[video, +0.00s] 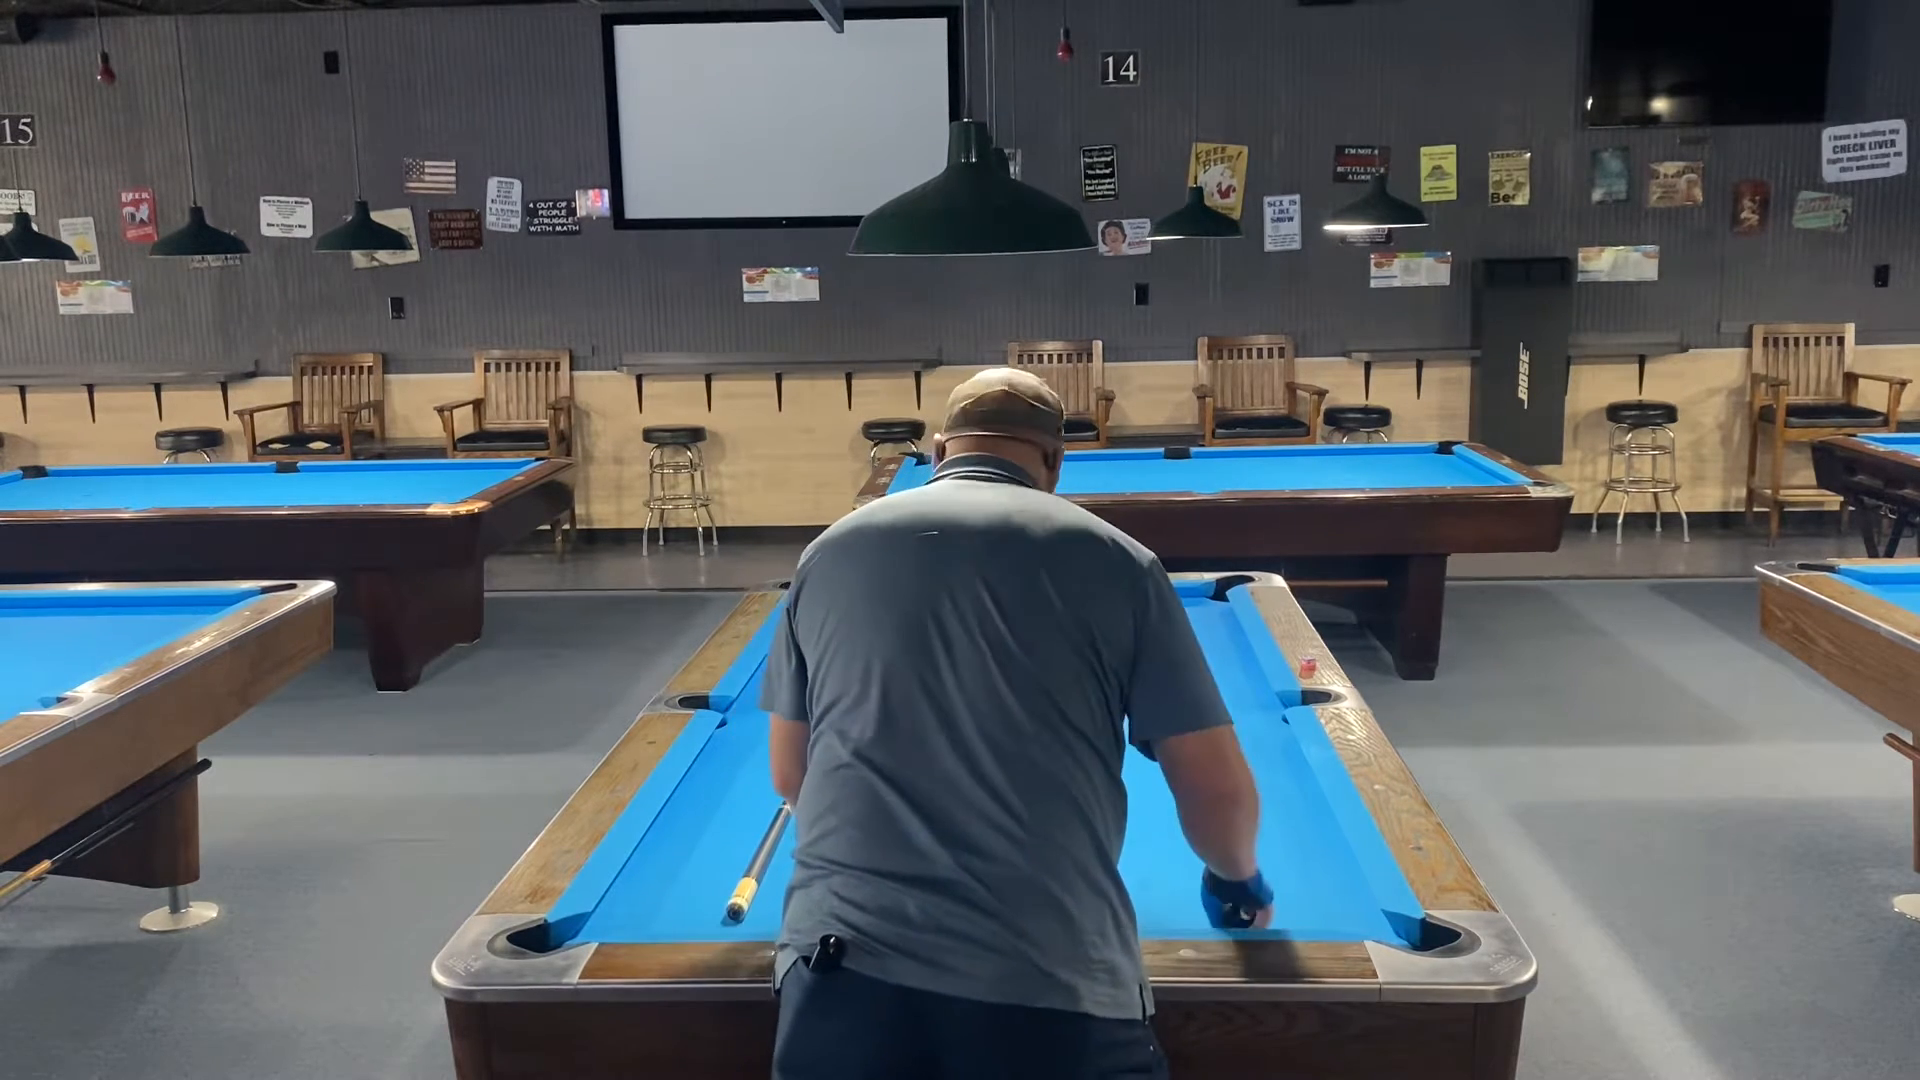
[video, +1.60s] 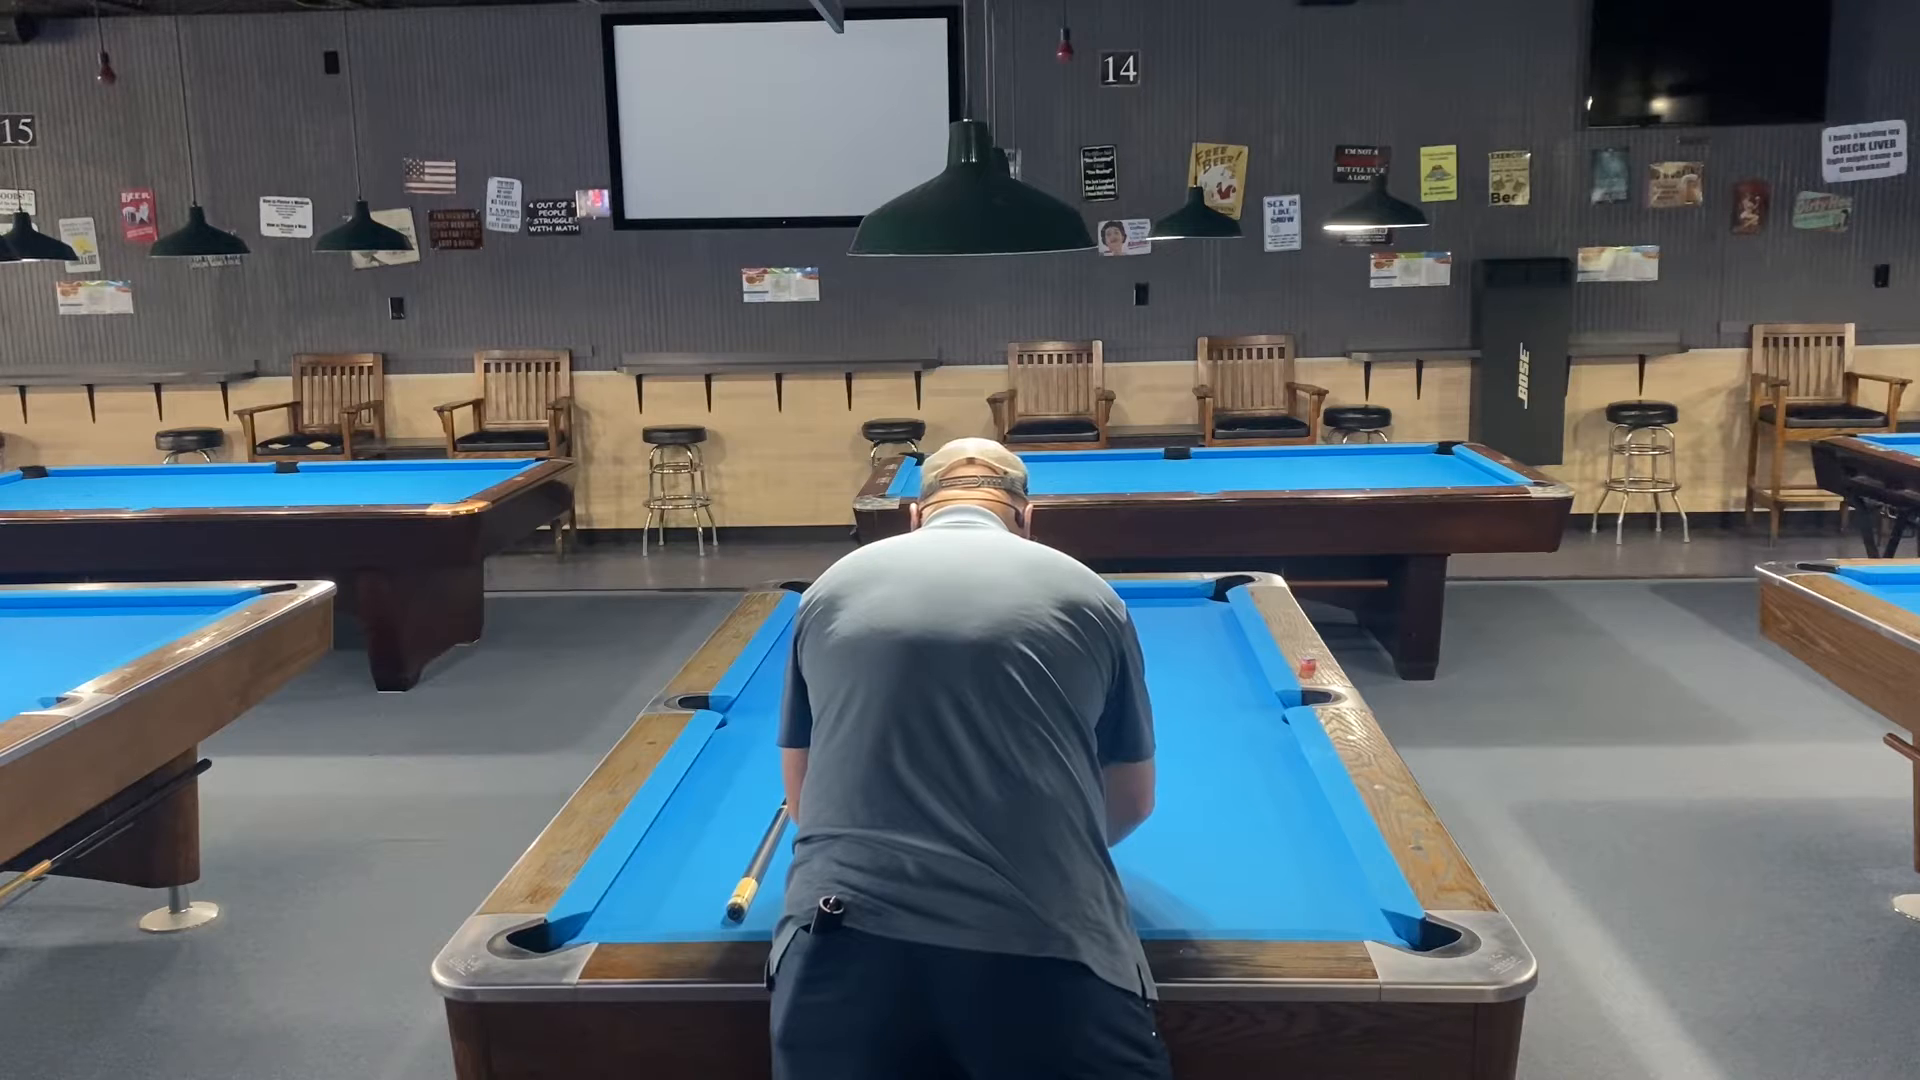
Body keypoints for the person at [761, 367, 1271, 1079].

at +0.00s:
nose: (1052, 477)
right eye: (1054, 464)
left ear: (938, 453)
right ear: (1052, 458)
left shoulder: (833, 549)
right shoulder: (1117, 562)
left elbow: (792, 772)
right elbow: (1214, 782)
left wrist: (880, 831)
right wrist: (1235, 881)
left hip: (848, 986)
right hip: (1056, 1005)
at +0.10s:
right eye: (1052, 468)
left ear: (939, 458)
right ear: (1051, 463)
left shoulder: (837, 550)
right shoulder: (1120, 566)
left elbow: (783, 772)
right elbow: (1211, 789)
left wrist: (870, 835)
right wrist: (1234, 863)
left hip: (851, 982)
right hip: (1060, 1000)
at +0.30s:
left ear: (935, 469)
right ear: (1045, 478)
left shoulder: (836, 557)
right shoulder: (1117, 573)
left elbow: (777, 772)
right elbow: (1192, 798)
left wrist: (861, 819)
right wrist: (1163, 822)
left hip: (854, 979)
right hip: (1066, 994)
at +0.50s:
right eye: (1041, 484)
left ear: (927, 483)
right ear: (1037, 486)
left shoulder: (834, 570)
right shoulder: (1104, 576)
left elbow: (804, 780)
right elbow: (1153, 787)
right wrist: (1065, 827)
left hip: (850, 977)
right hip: (1057, 984)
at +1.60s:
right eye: (1030, 511)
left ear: (917, 513)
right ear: (1024, 514)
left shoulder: (833, 585)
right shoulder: (1090, 593)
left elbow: (803, 793)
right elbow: (1130, 798)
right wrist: (1037, 852)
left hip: (845, 962)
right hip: (1049, 971)